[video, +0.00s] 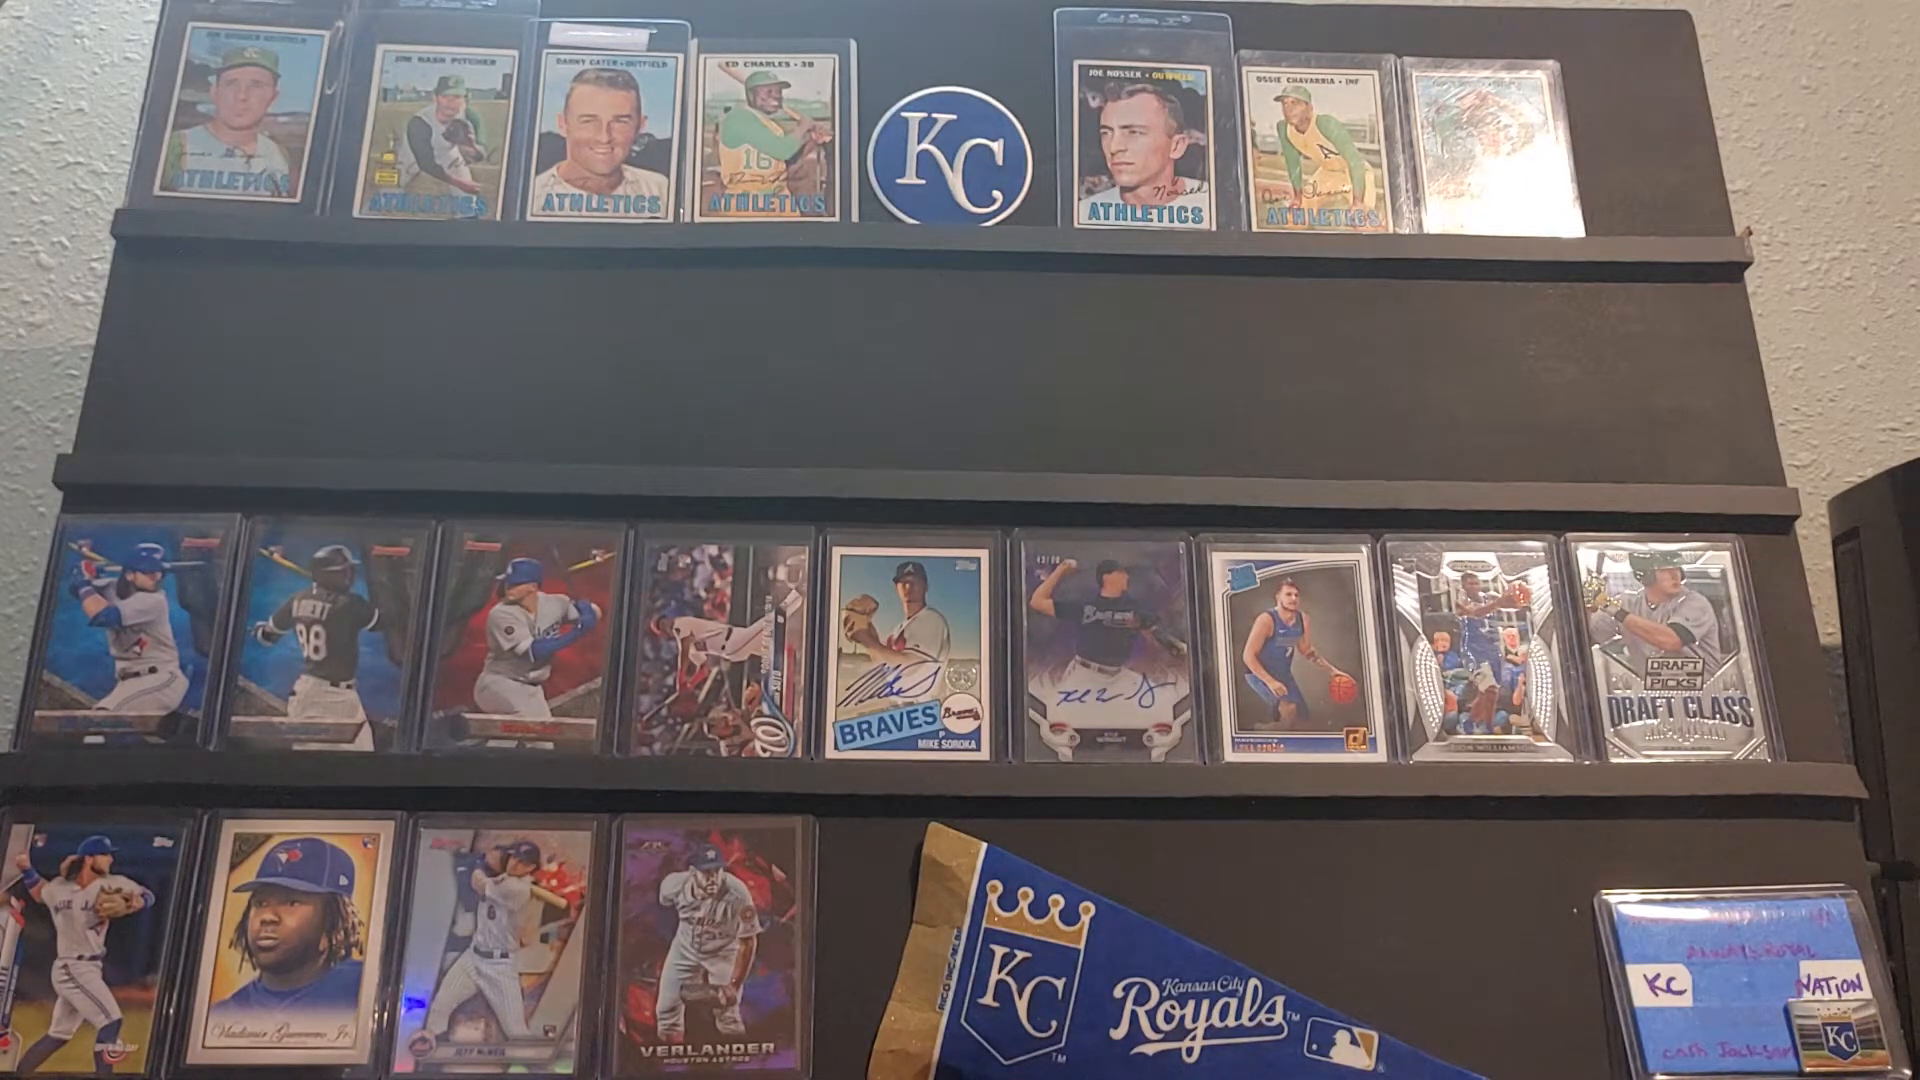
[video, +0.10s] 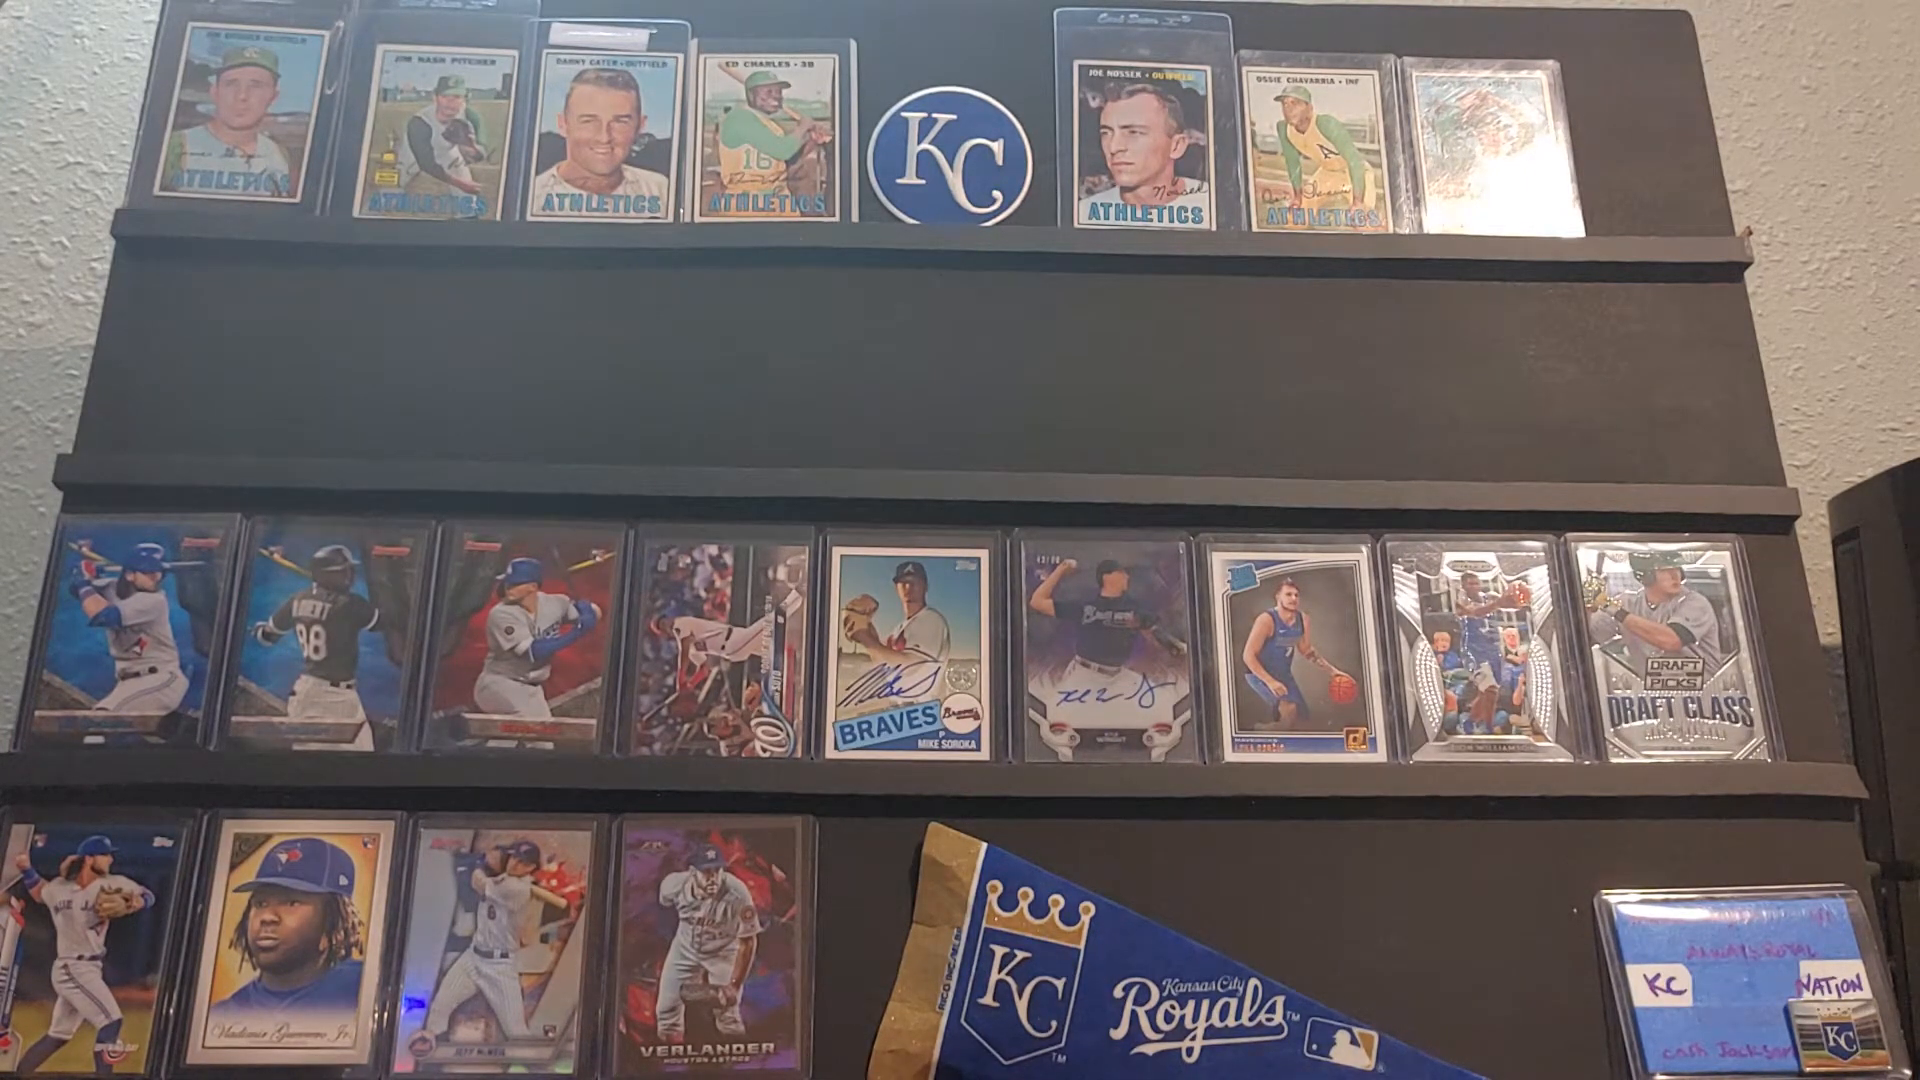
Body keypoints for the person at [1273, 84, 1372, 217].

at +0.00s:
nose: (1288, 109)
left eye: (1294, 103)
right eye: (1285, 104)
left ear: (1309, 107)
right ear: (1281, 107)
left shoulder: (1327, 123)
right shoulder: (1283, 128)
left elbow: (1355, 161)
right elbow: (1293, 164)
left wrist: (1358, 202)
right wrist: (1297, 197)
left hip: (1355, 172)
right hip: (1327, 172)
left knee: (1360, 219)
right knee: (1302, 209)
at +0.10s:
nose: (1288, 109)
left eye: (1294, 103)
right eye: (1285, 104)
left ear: (1309, 107)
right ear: (1281, 108)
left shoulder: (1327, 123)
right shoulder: (1283, 128)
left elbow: (1355, 161)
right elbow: (1293, 163)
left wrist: (1358, 202)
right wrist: (1297, 197)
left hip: (1355, 172)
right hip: (1327, 172)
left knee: (1360, 219)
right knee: (1302, 209)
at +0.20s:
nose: (1288, 109)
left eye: (1294, 103)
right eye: (1285, 104)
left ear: (1309, 107)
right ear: (1281, 107)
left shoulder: (1327, 123)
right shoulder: (1283, 128)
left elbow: (1355, 160)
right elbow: (1293, 163)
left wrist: (1358, 202)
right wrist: (1297, 197)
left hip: (1355, 172)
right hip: (1327, 172)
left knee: (1360, 217)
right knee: (1302, 208)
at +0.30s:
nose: (1288, 109)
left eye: (1294, 103)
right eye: (1285, 104)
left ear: (1309, 107)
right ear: (1281, 107)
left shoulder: (1327, 123)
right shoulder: (1283, 128)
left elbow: (1355, 160)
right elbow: (1293, 163)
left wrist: (1358, 202)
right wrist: (1297, 197)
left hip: (1355, 172)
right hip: (1327, 172)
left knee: (1360, 217)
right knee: (1302, 208)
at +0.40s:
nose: (1288, 109)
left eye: (1294, 103)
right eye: (1285, 104)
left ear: (1309, 107)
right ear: (1281, 107)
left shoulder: (1327, 123)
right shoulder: (1283, 128)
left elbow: (1355, 160)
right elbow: (1293, 163)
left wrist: (1358, 202)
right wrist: (1297, 197)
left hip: (1355, 172)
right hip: (1327, 172)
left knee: (1360, 217)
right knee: (1302, 208)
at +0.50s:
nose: (1288, 109)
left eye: (1294, 103)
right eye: (1285, 104)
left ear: (1309, 107)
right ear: (1281, 107)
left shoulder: (1327, 123)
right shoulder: (1283, 128)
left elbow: (1355, 160)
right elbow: (1293, 163)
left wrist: (1358, 202)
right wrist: (1297, 197)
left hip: (1355, 172)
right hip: (1327, 172)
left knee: (1360, 217)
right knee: (1302, 208)